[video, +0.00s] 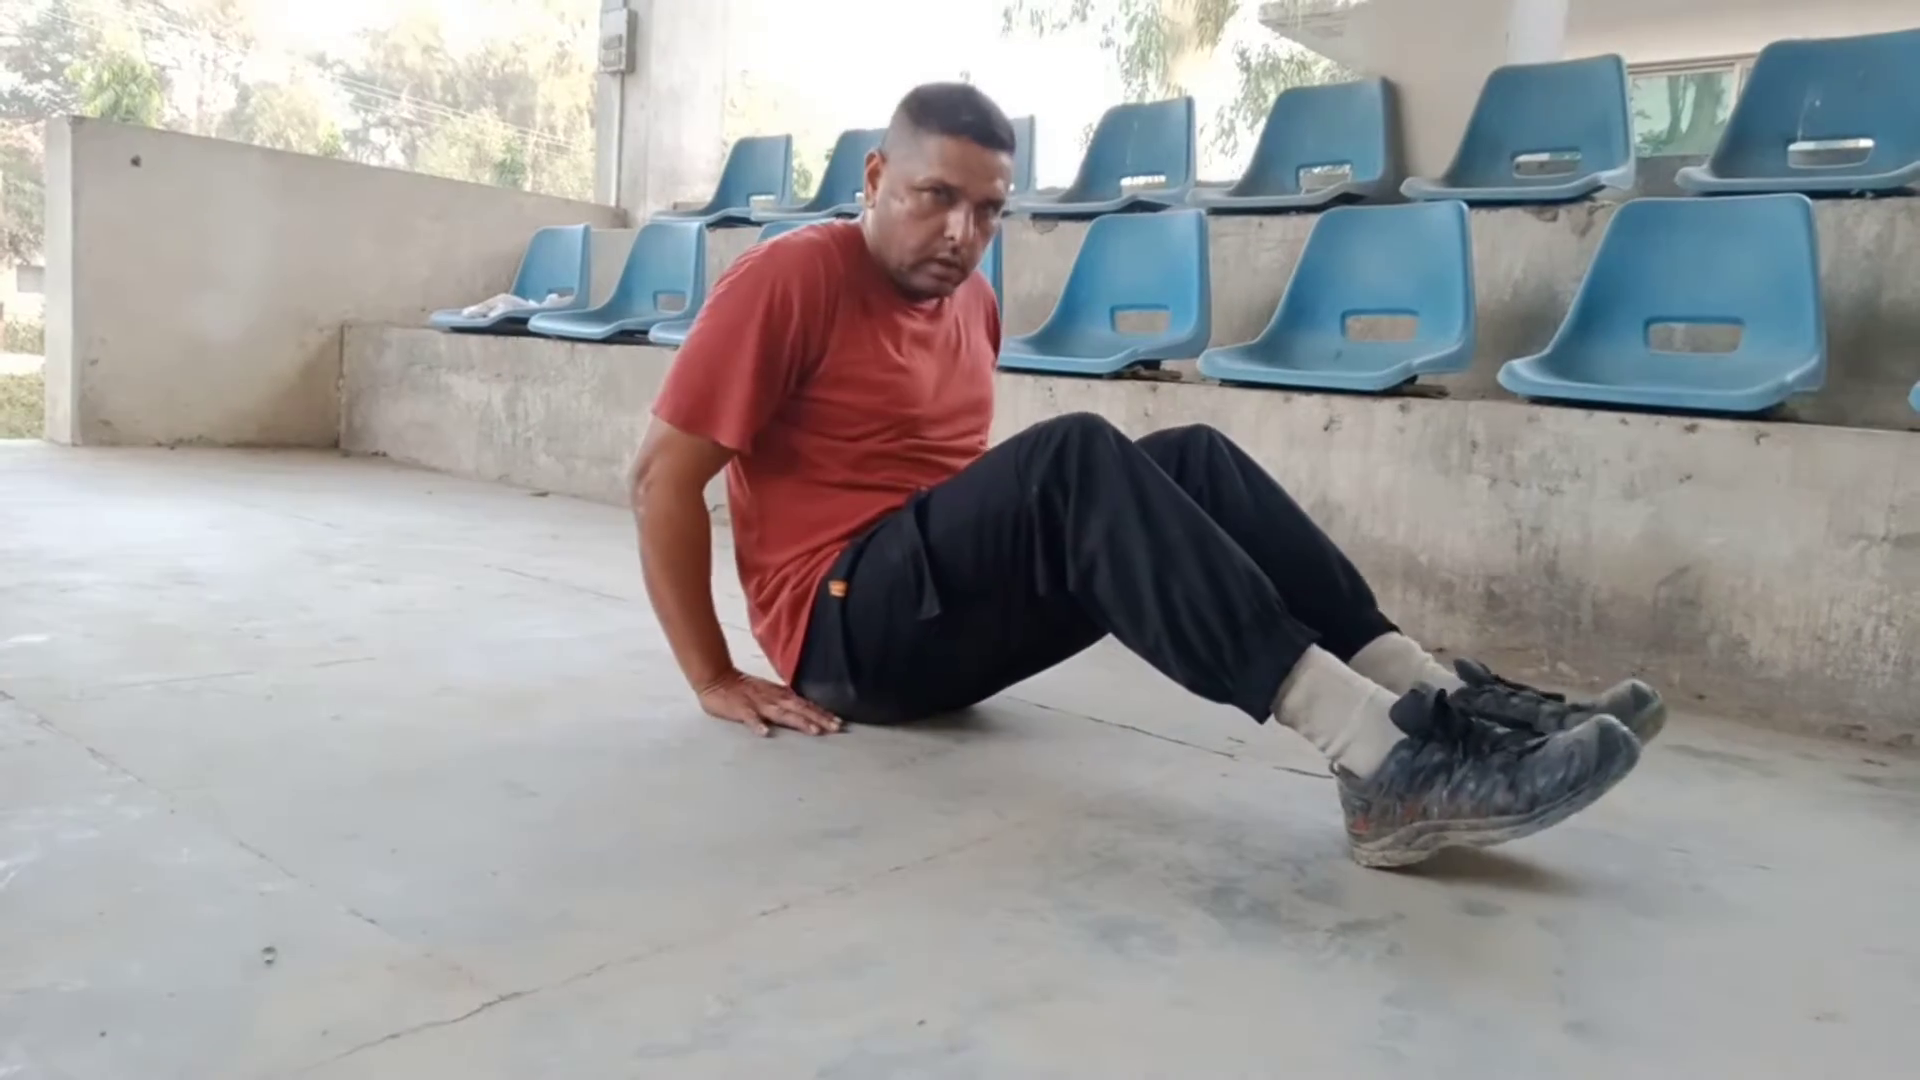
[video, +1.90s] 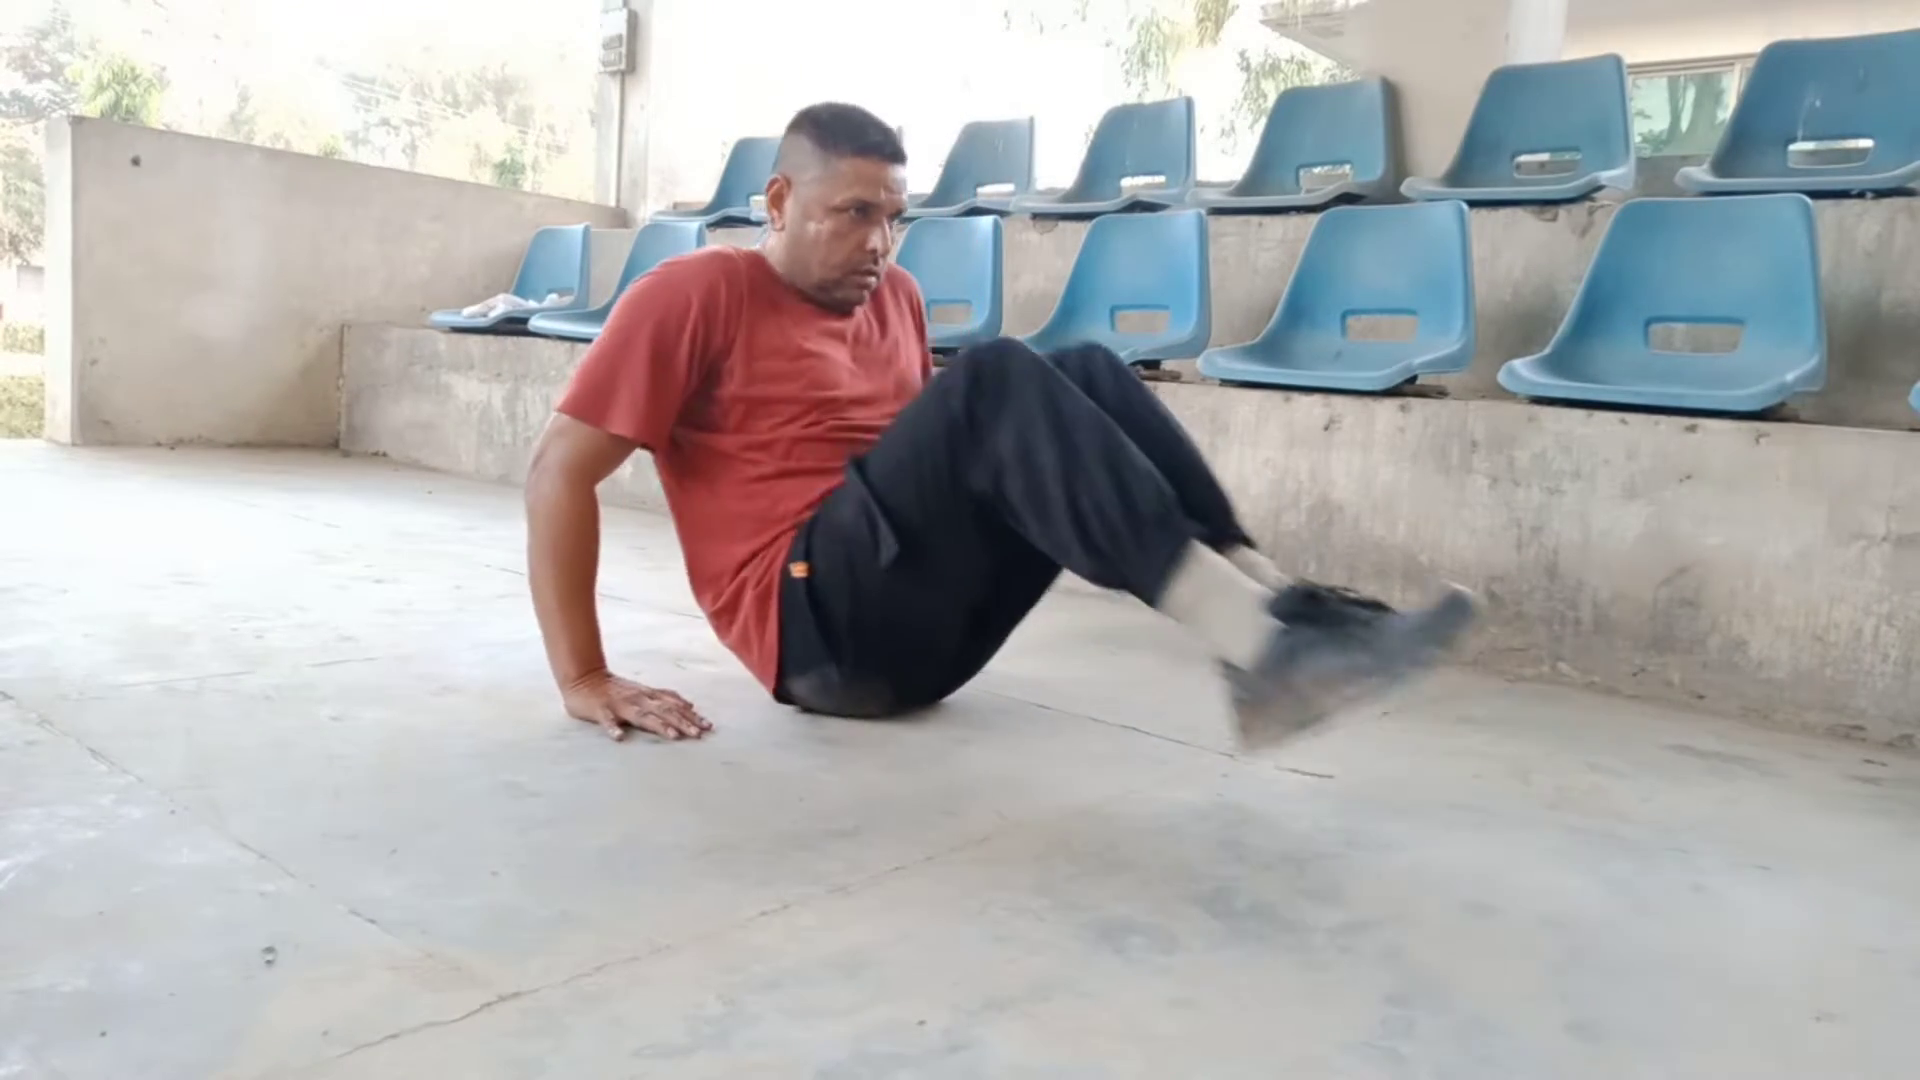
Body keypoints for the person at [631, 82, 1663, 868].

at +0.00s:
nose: (959, 231)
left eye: (984, 210)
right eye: (937, 200)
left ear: (999, 208)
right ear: (873, 182)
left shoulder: (973, 298)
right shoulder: (786, 277)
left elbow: (928, 468)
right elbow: (664, 476)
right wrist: (709, 678)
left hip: (946, 616)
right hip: (842, 629)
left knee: (1191, 456)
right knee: (1070, 454)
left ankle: (1444, 703)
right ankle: (1373, 757)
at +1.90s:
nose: (881, 241)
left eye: (893, 217)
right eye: (856, 214)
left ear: (900, 211)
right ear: (779, 203)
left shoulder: (894, 300)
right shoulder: (694, 297)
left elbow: (902, 450)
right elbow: (560, 471)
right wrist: (582, 678)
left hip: (915, 625)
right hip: (817, 629)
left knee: (1087, 369)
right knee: (996, 377)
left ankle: (1285, 618)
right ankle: (1246, 655)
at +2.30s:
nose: (836, 248)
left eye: (848, 225)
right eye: (812, 223)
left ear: (849, 220)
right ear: (737, 212)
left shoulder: (854, 309)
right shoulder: (662, 312)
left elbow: (887, 458)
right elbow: (524, 481)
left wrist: (929, 571)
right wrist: (578, 679)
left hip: (903, 611)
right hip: (812, 623)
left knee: (1120, 408)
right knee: (1037, 417)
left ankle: (1361, 646)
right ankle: (1328, 659)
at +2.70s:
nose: (796, 252)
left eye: (808, 229)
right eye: (768, 229)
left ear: (818, 230)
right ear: (698, 228)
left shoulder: (820, 316)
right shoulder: (635, 324)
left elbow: (854, 457)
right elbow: (504, 493)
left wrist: (900, 550)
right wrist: (575, 681)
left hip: (903, 571)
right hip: (800, 613)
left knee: (1172, 490)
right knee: (1037, 509)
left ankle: (1504, 589)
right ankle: (1420, 637)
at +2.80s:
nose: (801, 258)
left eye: (813, 236)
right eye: (776, 234)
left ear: (821, 235)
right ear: (706, 226)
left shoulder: (829, 318)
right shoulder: (639, 323)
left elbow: (863, 465)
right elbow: (506, 494)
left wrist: (905, 577)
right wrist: (576, 682)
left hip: (912, 581)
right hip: (790, 626)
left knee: (1179, 493)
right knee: (950, 493)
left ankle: (1544, 553)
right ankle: (1264, 603)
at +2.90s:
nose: (811, 264)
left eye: (823, 240)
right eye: (787, 237)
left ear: (830, 234)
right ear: (715, 223)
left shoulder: (837, 320)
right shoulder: (644, 323)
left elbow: (872, 472)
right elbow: (507, 494)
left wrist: (943, 548)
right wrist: (575, 682)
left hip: (908, 572)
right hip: (787, 609)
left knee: (1170, 518)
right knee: (885, 526)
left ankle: (1517, 548)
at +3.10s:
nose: (813, 264)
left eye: (825, 240)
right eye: (788, 236)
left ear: (832, 229)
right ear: (715, 217)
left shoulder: (834, 316)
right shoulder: (637, 316)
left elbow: (872, 457)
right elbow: (509, 490)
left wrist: (953, 550)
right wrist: (577, 681)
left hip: (907, 590)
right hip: (779, 619)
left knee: (1147, 499)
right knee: (890, 486)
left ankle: (1499, 586)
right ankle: (1129, 653)